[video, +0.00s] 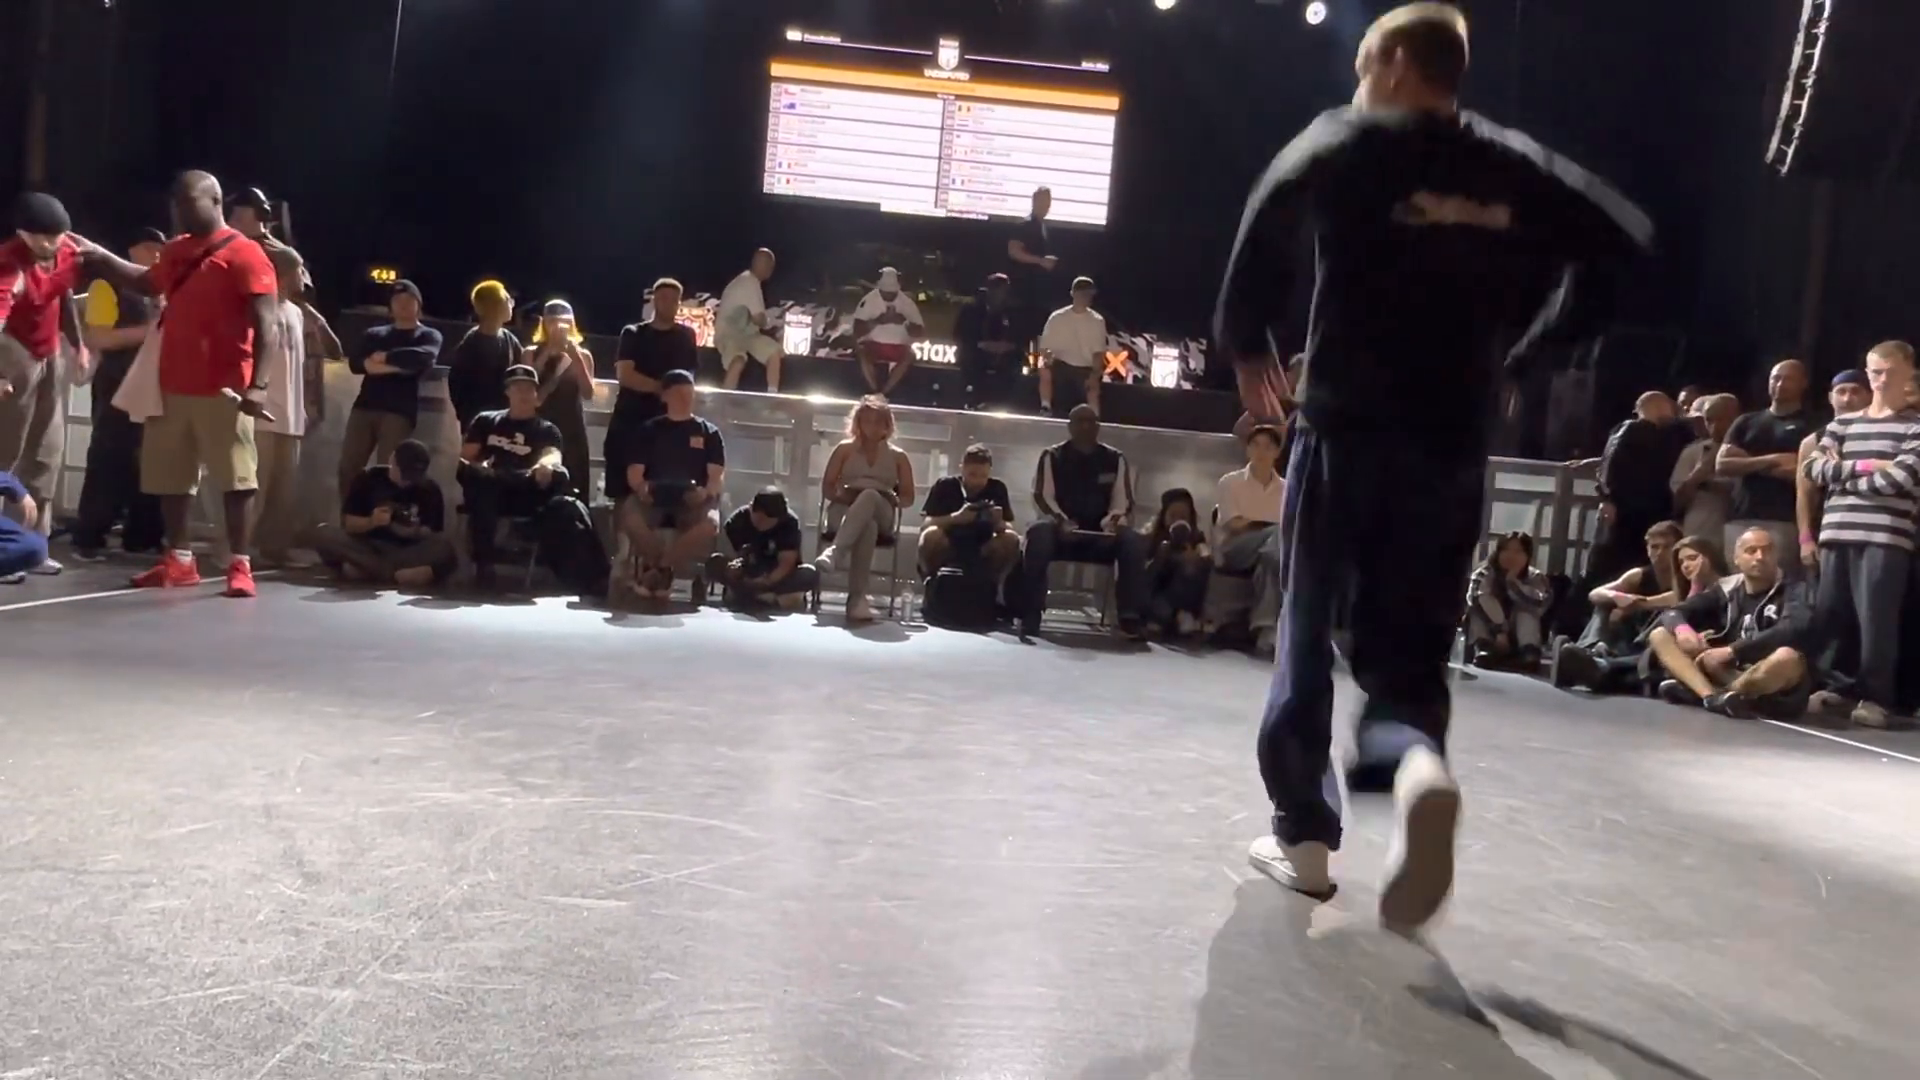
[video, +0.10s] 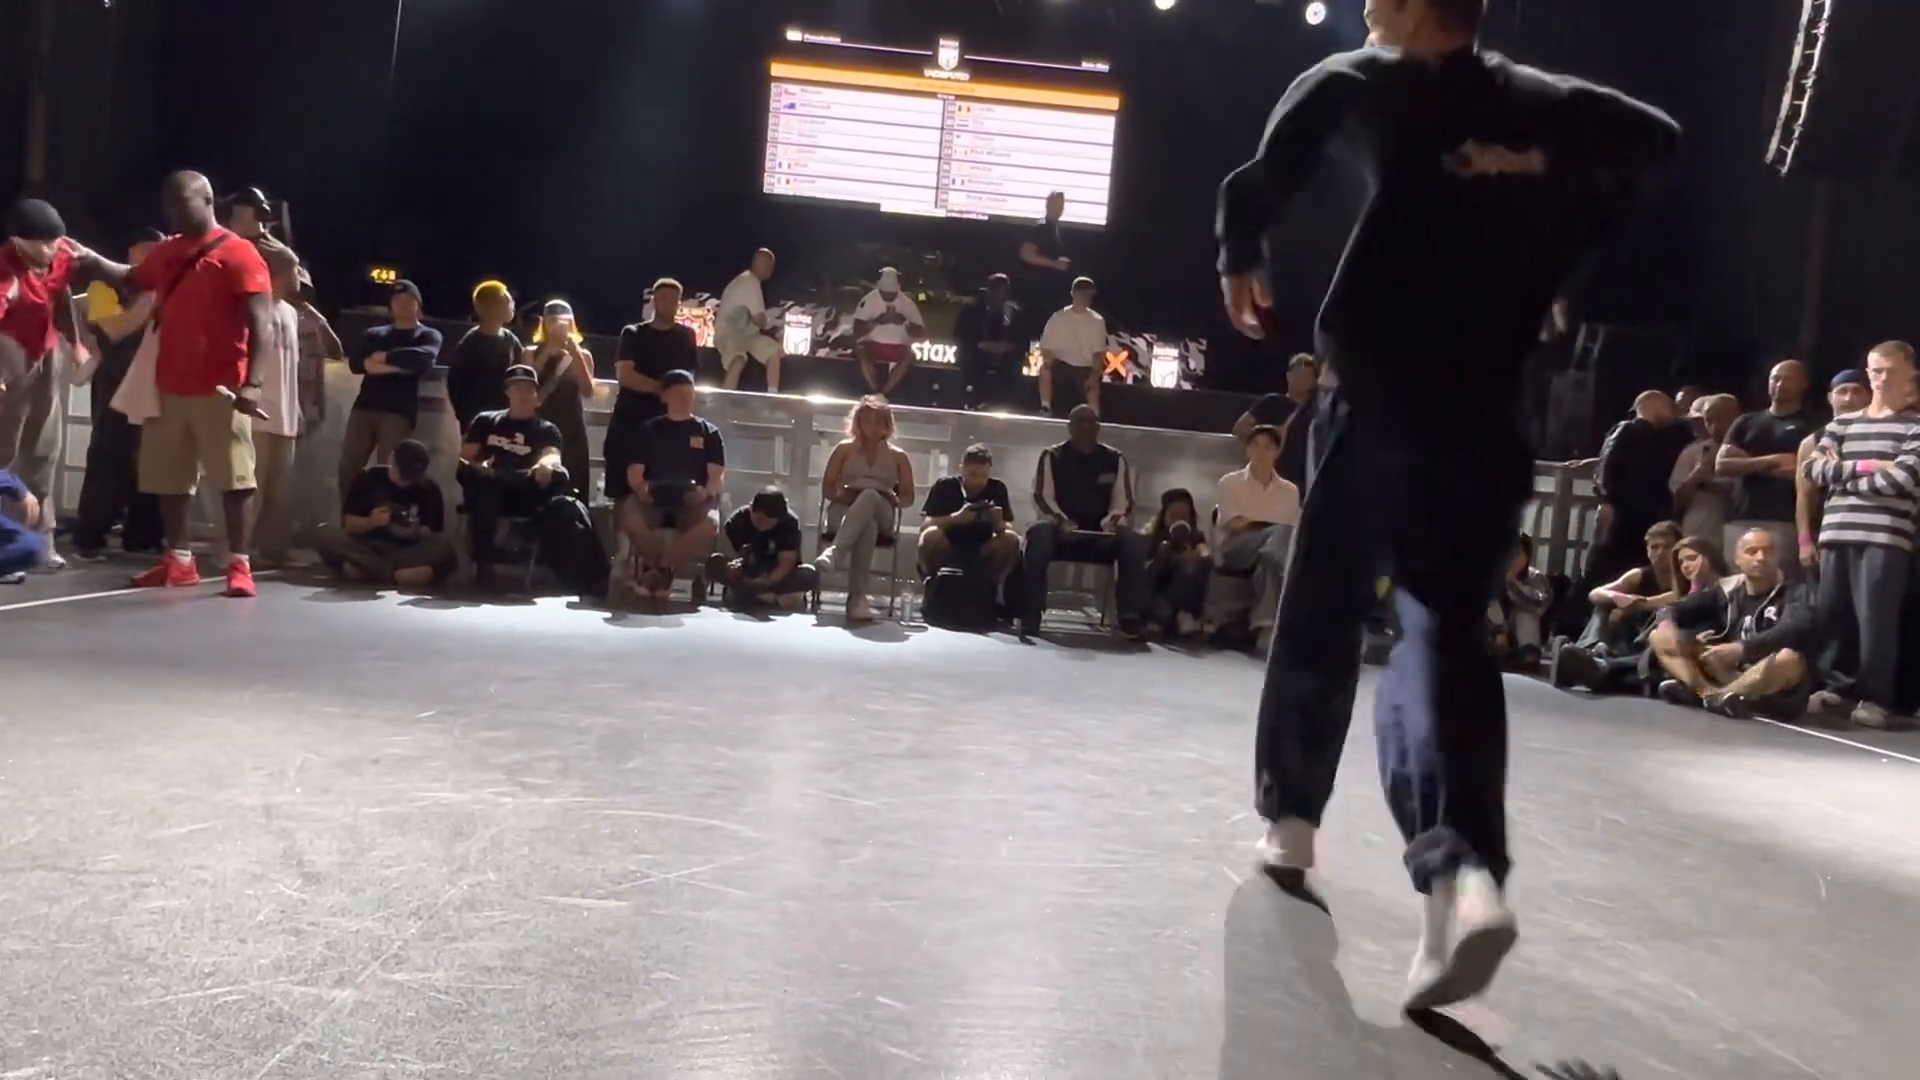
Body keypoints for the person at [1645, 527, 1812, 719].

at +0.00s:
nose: (1759, 557)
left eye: (1766, 550)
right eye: (1751, 551)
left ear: (1775, 556)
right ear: (1737, 559)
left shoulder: (1793, 589)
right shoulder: (1726, 589)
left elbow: (1792, 629)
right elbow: (1672, 614)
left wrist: (1732, 650)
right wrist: (1682, 630)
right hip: (1726, 672)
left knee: (1787, 658)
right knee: (1659, 636)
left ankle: (1723, 696)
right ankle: (1710, 696)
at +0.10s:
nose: (1760, 558)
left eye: (1767, 551)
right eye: (1752, 552)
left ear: (1776, 557)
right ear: (1738, 560)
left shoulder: (1795, 592)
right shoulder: (1728, 590)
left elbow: (1794, 629)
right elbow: (1680, 610)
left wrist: (1742, 649)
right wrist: (1667, 624)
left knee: (1788, 659)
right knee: (1661, 637)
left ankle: (1712, 697)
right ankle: (1711, 694)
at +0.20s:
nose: (1762, 558)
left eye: (1769, 552)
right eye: (1754, 552)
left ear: (1778, 557)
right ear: (1739, 560)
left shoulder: (1795, 590)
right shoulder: (1727, 591)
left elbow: (1794, 626)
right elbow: (1686, 608)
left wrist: (1754, 651)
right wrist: (1650, 624)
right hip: (1727, 666)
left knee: (1784, 660)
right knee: (1664, 635)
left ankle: (1719, 697)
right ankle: (1710, 695)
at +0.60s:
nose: (1759, 562)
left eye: (1767, 556)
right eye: (1751, 555)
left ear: (1778, 564)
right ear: (1738, 564)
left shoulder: (1792, 602)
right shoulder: (1724, 593)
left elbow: (1802, 644)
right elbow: (1686, 619)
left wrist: (1764, 677)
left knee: (1795, 674)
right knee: (1674, 650)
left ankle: (1727, 697)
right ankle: (1712, 698)